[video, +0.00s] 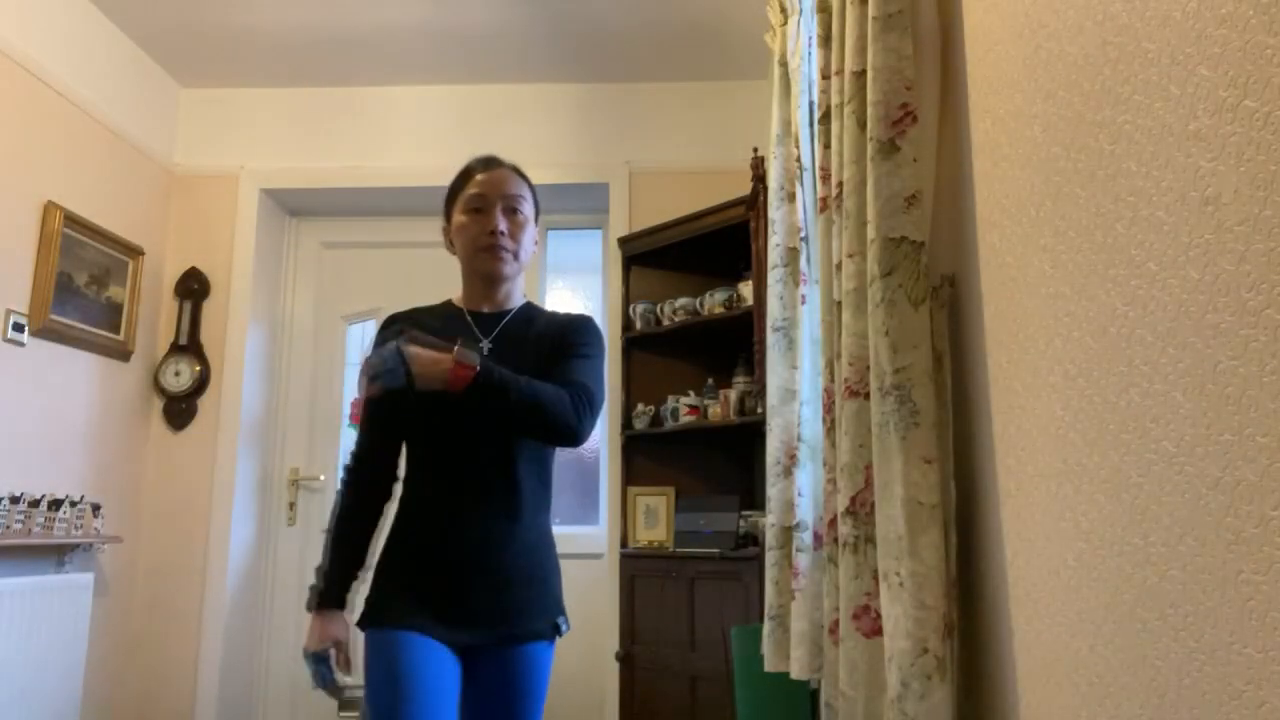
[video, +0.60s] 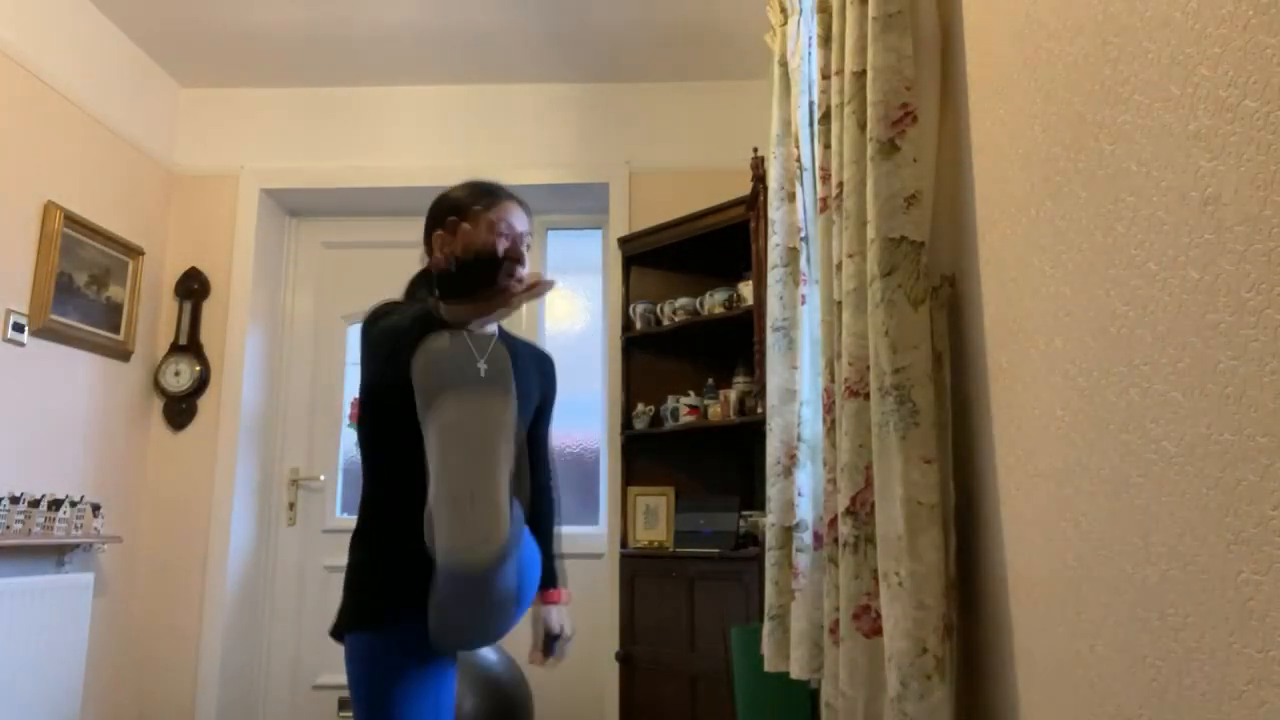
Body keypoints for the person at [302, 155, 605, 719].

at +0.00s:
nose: (497, 221)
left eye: (514, 209)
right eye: (477, 208)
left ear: (534, 234)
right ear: (449, 231)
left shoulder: (572, 334)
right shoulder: (406, 333)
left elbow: (574, 418)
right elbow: (371, 471)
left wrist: (458, 369)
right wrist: (329, 600)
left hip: (519, 604)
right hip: (413, 602)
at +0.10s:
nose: (501, 232)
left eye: (517, 219)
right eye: (481, 216)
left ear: (535, 242)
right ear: (449, 238)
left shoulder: (567, 341)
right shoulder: (403, 335)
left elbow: (576, 422)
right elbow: (349, 460)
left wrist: (477, 433)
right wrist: (285, 578)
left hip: (519, 609)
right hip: (412, 605)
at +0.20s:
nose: (499, 240)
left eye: (514, 229)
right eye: (481, 222)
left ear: (529, 250)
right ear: (444, 241)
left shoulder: (557, 352)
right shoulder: (397, 335)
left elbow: (570, 445)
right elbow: (323, 433)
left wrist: (548, 516)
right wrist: (247, 517)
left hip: (509, 608)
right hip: (406, 603)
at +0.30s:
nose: (498, 245)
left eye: (512, 234)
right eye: (479, 226)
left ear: (521, 254)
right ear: (437, 241)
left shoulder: (545, 357)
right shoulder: (385, 332)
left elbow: (571, 477)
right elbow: (329, 387)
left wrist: (588, 596)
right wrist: (269, 431)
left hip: (499, 609)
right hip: (392, 604)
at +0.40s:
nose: (505, 243)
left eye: (515, 232)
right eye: (485, 224)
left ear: (521, 251)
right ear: (437, 240)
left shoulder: (537, 354)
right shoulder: (387, 316)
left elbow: (566, 482)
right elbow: (357, 335)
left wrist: (595, 607)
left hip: (491, 574)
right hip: (389, 580)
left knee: (488, 703)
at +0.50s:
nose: (515, 247)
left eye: (522, 234)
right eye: (495, 225)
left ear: (524, 251)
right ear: (437, 239)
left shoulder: (533, 357)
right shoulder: (385, 317)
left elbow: (550, 479)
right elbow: (380, 336)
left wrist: (578, 598)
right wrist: (455, 311)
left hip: (486, 546)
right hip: (391, 566)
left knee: (485, 622)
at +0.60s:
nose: (519, 256)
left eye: (525, 244)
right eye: (503, 235)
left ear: (531, 259)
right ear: (442, 243)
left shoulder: (532, 364)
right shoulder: (388, 327)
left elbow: (537, 480)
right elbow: (406, 330)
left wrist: (551, 591)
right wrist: (479, 306)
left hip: (496, 592)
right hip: (393, 595)